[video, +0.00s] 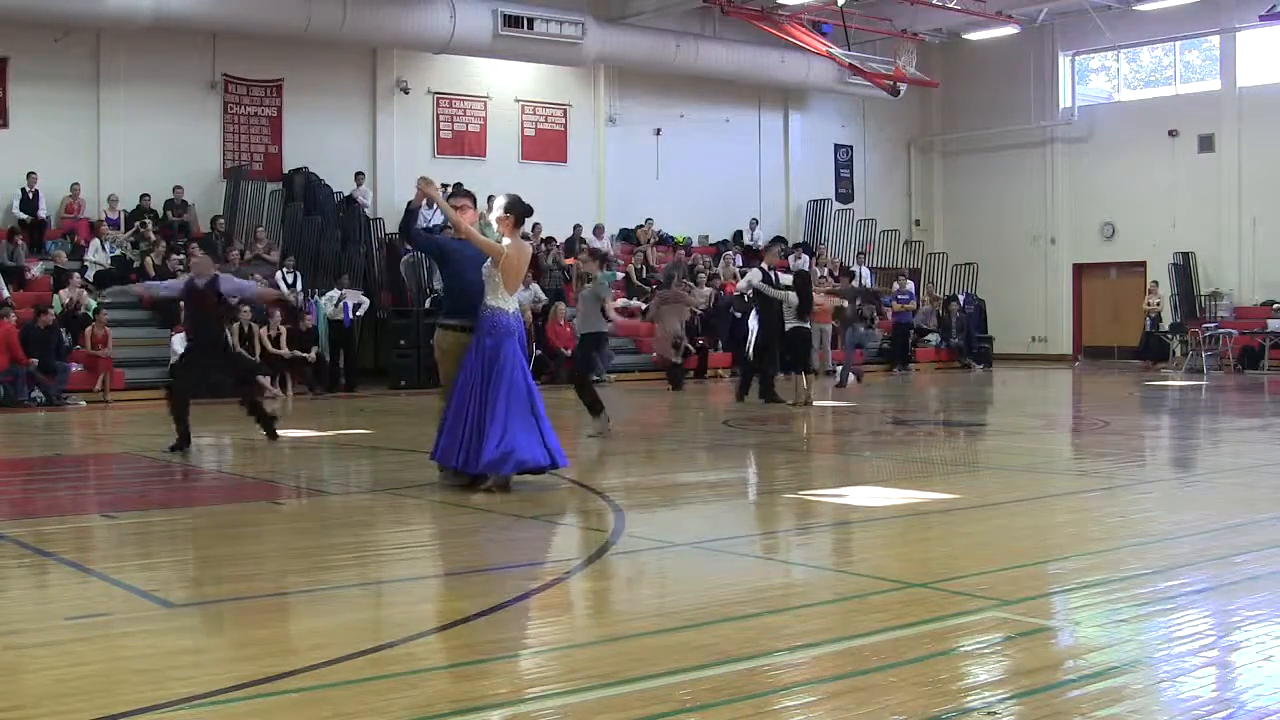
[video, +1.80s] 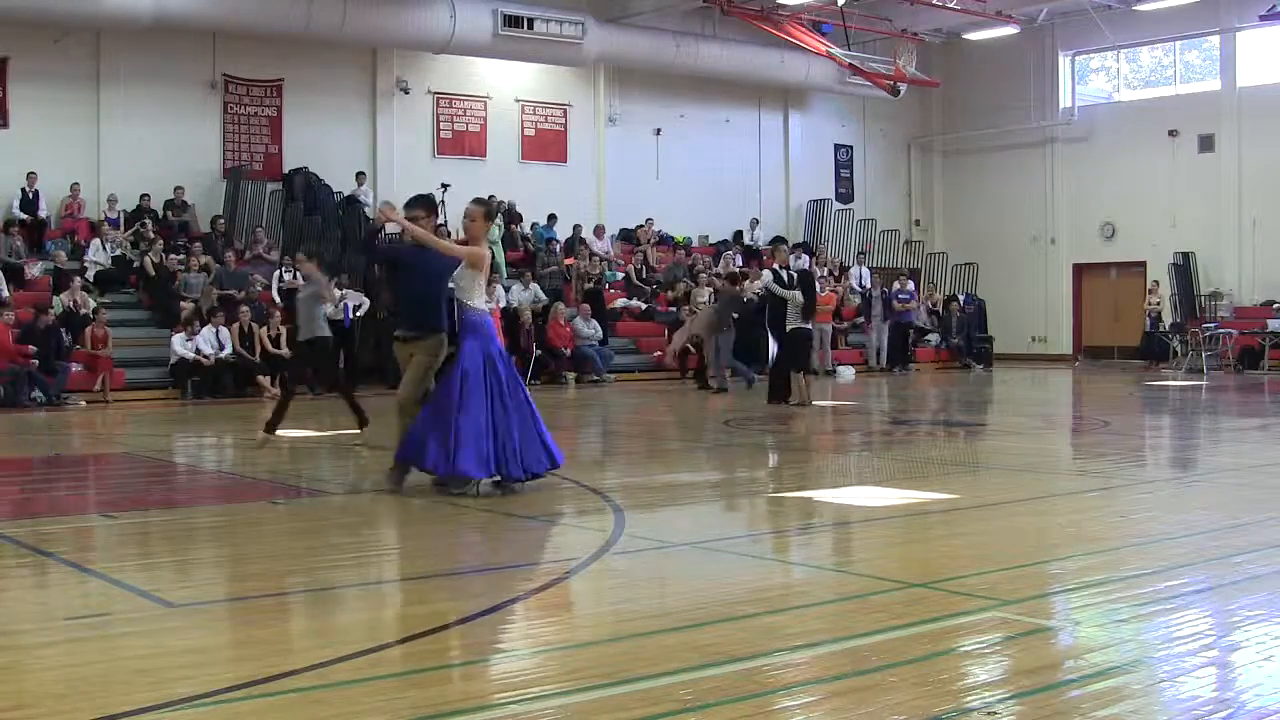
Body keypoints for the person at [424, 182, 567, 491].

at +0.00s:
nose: (491, 219)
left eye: (494, 214)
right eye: (492, 214)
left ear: (506, 220)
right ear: (516, 219)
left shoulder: (503, 250)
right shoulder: (526, 249)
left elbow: (464, 229)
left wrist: (437, 197)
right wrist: (468, 228)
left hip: (495, 323)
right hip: (512, 321)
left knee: (494, 393)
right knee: (505, 393)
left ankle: (498, 466)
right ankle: (501, 465)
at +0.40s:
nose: (494, 216)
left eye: (498, 212)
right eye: (496, 212)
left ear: (509, 219)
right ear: (520, 219)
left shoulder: (502, 250)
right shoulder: (531, 249)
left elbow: (464, 228)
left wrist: (438, 195)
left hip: (496, 322)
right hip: (517, 322)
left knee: (493, 393)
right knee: (510, 393)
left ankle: (493, 463)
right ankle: (504, 462)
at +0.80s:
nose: (499, 226)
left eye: (501, 221)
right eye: (500, 221)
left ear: (513, 222)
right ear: (520, 223)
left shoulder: (505, 251)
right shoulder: (535, 252)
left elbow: (467, 246)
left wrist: (438, 233)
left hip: (499, 325)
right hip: (520, 325)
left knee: (489, 391)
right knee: (512, 394)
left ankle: (485, 461)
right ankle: (506, 461)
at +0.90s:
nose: (496, 227)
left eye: (500, 222)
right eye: (498, 221)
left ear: (512, 224)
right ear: (521, 224)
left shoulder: (503, 253)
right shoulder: (533, 252)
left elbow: (456, 259)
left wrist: (427, 245)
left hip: (500, 328)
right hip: (520, 328)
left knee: (463, 382)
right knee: (510, 394)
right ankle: (505, 460)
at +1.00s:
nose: (494, 231)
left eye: (497, 225)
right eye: (495, 225)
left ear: (509, 227)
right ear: (514, 227)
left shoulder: (503, 257)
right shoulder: (528, 254)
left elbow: (457, 274)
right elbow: (520, 285)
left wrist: (430, 251)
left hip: (500, 330)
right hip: (518, 328)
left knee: (460, 381)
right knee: (512, 394)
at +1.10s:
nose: (487, 226)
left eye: (492, 222)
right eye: (488, 222)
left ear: (506, 226)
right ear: (506, 227)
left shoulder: (505, 258)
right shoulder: (511, 255)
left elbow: (461, 261)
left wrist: (432, 233)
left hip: (500, 335)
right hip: (505, 332)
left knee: (458, 392)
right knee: (506, 399)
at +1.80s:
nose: (465, 223)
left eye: (472, 219)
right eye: (465, 218)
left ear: (487, 225)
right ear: (467, 222)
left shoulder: (480, 253)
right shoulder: (469, 249)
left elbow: (439, 244)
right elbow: (437, 241)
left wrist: (403, 221)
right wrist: (406, 225)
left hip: (476, 331)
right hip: (474, 328)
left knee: (465, 398)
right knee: (491, 397)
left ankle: (464, 469)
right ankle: (509, 465)